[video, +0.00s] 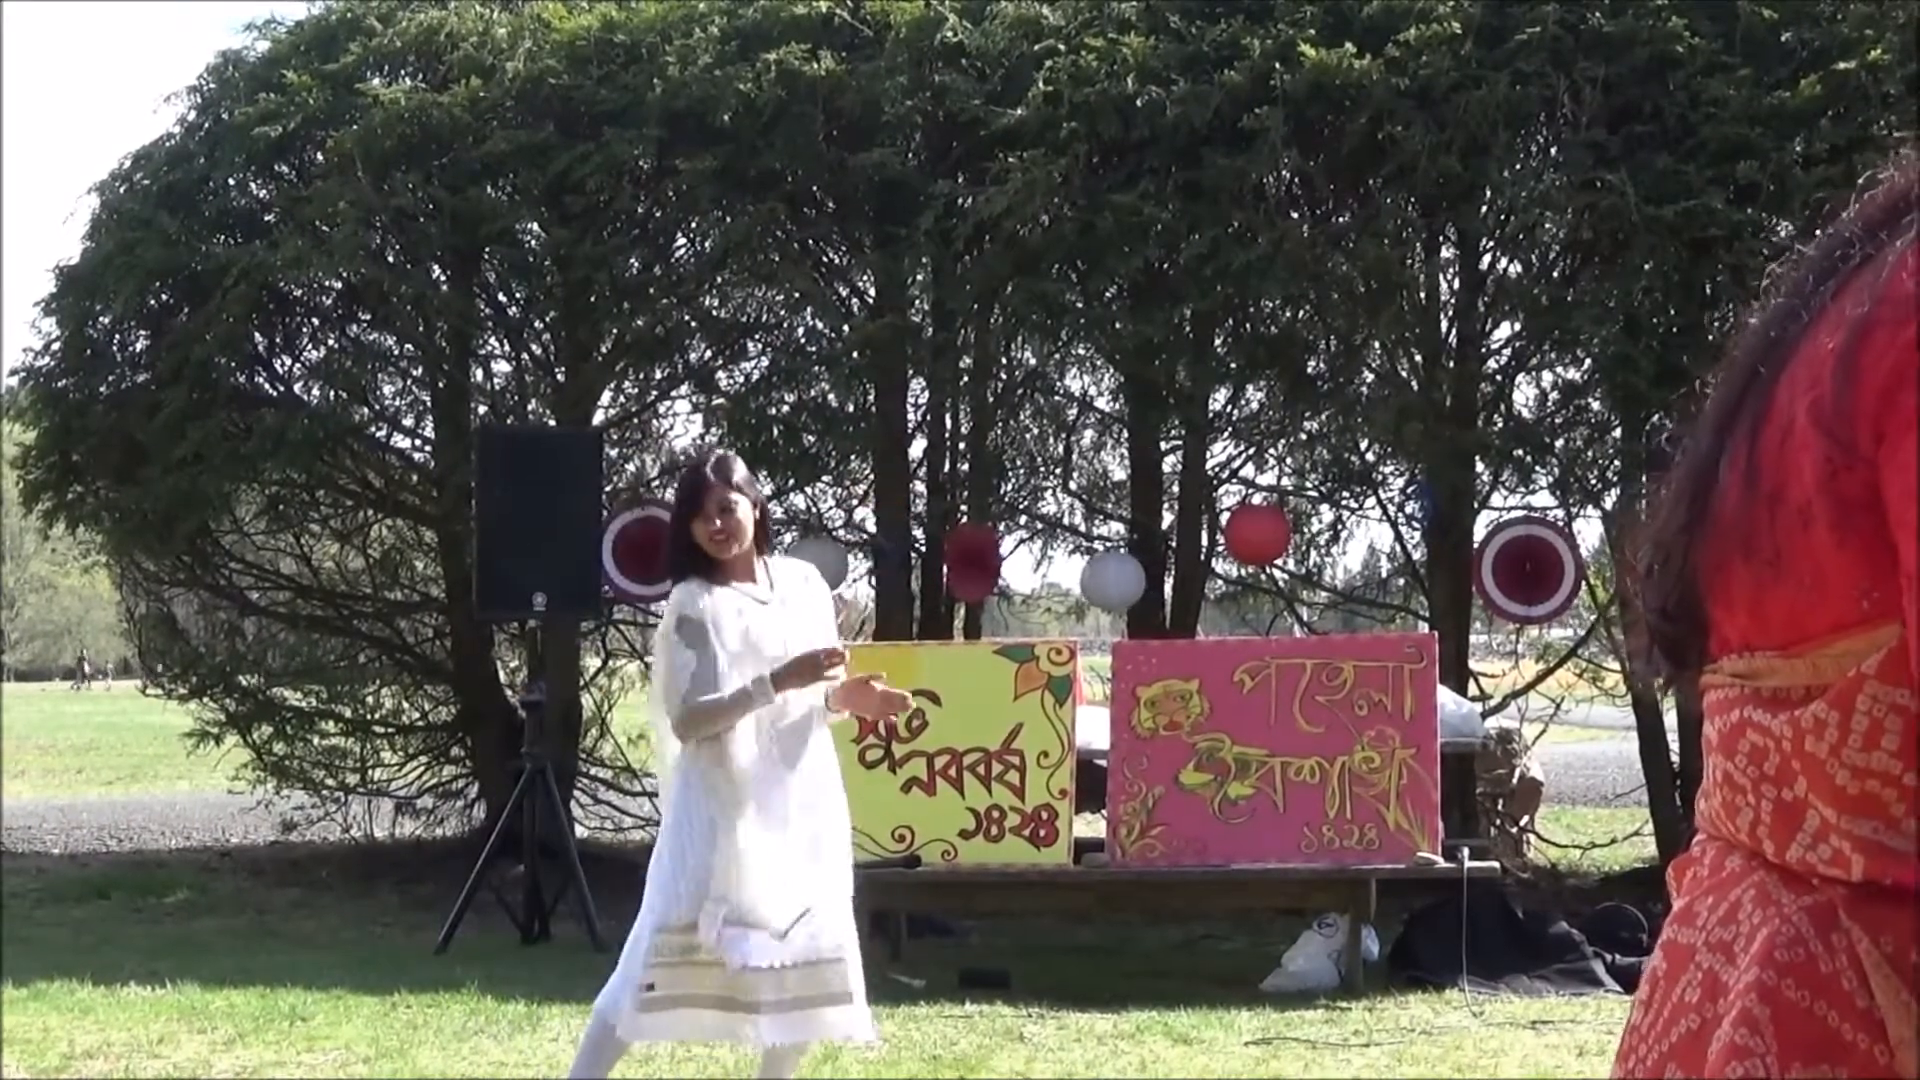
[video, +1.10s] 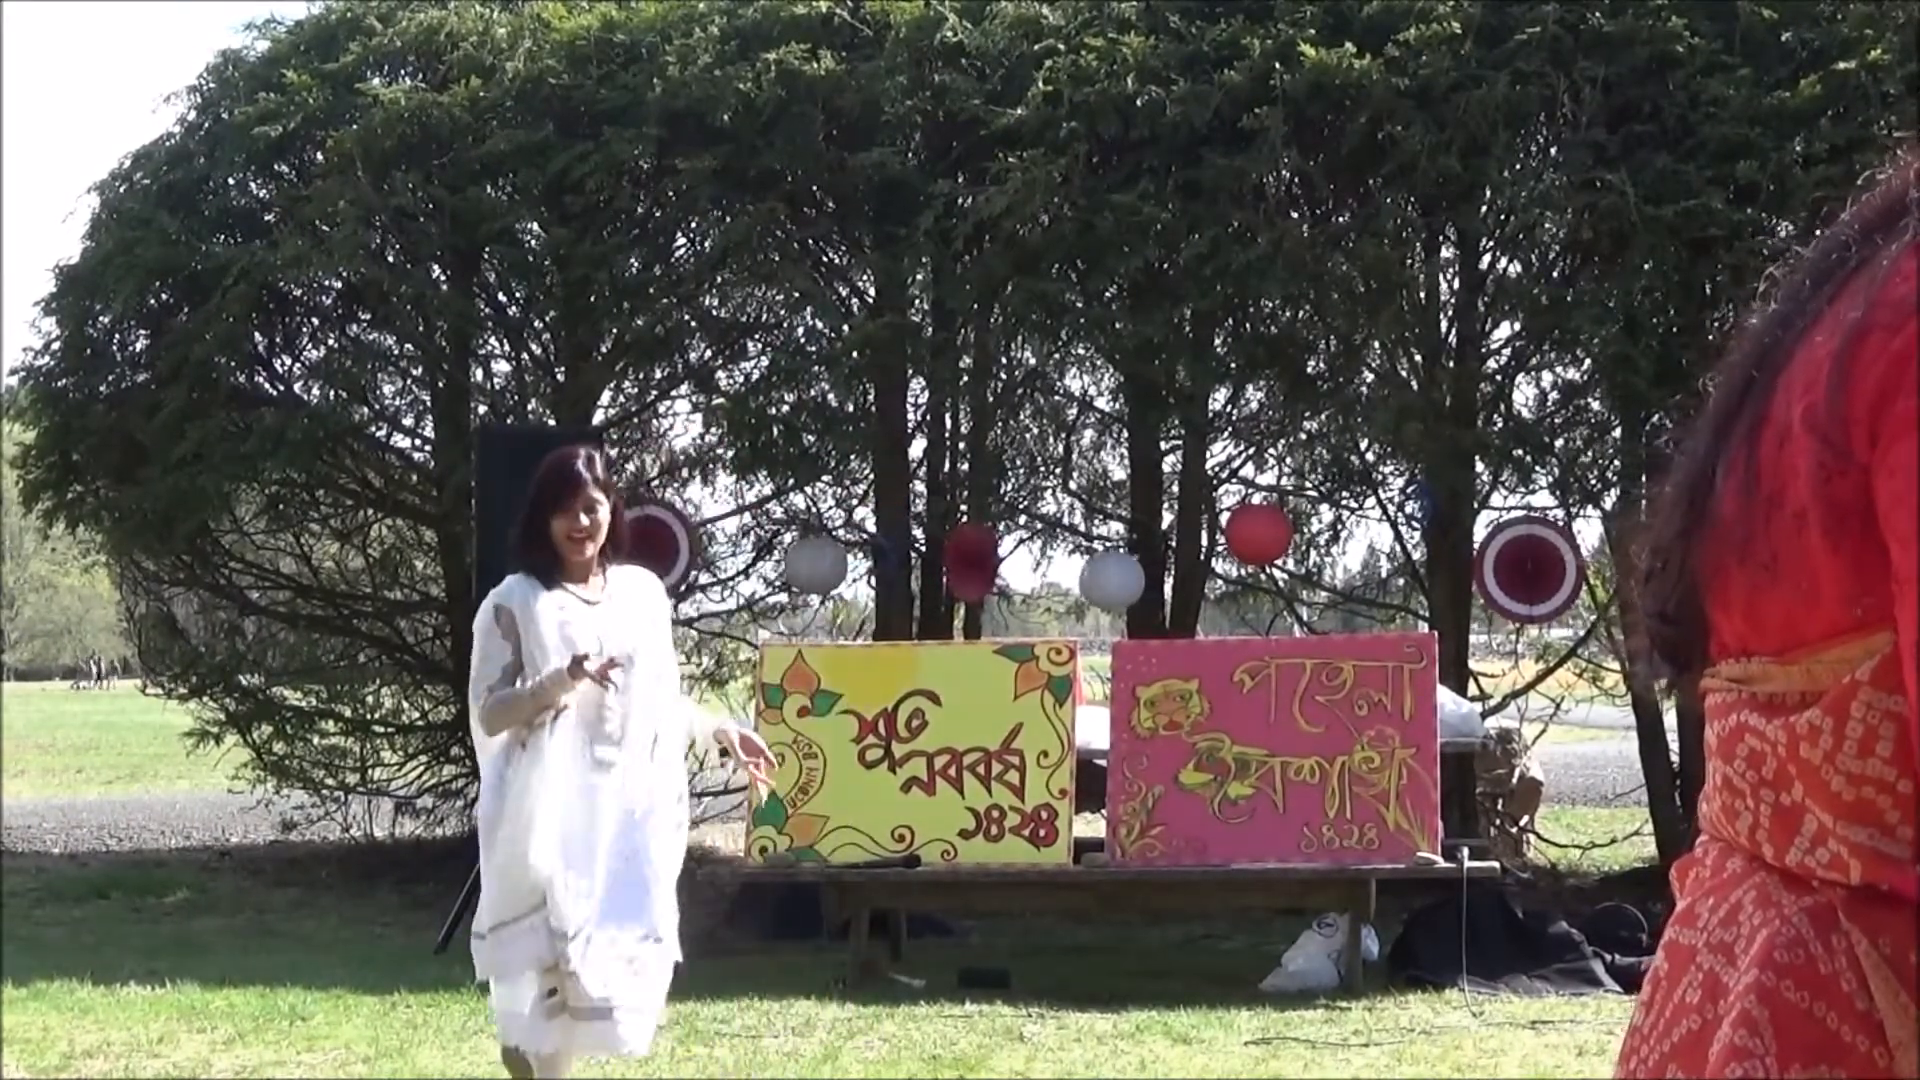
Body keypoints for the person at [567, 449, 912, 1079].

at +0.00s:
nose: (719, 522)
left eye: (730, 505)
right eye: (703, 513)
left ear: (757, 507)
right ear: (689, 526)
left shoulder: (803, 580)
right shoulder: (691, 604)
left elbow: (808, 704)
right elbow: (687, 722)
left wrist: (845, 697)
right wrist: (779, 681)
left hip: (802, 817)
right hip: (715, 820)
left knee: (810, 983)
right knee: (647, 972)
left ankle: (774, 1073)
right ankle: (582, 1074)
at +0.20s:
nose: (710, 515)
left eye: (722, 499)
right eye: (695, 505)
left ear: (751, 498)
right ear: (681, 515)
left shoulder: (806, 576)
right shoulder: (673, 594)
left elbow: (842, 660)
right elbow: (632, 702)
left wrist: (838, 695)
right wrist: (684, 712)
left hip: (791, 806)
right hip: (698, 809)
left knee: (794, 974)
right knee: (643, 962)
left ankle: (769, 1075)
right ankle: (579, 1073)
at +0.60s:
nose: (675, 493)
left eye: (687, 479)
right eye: (660, 481)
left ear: (709, 486)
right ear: (639, 492)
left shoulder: (754, 567)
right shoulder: (605, 579)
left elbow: (833, 640)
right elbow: (536, 668)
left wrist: (830, 711)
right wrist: (580, 688)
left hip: (733, 796)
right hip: (629, 799)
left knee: (747, 962)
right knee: (597, 965)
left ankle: (754, 1075)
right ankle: (564, 1073)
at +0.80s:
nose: (640, 503)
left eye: (651, 488)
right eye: (625, 490)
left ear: (667, 495)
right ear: (599, 498)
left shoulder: (702, 579)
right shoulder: (552, 588)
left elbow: (725, 684)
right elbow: (525, 701)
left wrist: (771, 745)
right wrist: (554, 691)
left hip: (686, 808)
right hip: (579, 811)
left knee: (716, 974)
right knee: (565, 978)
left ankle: (746, 1075)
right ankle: (555, 1076)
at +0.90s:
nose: (618, 510)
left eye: (629, 496)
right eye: (603, 497)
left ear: (645, 502)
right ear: (576, 503)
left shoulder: (675, 583)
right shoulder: (533, 590)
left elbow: (695, 705)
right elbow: (504, 705)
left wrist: (744, 741)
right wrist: (554, 681)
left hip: (664, 813)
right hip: (562, 815)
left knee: (697, 976)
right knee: (559, 984)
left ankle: (704, 1073)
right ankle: (553, 1075)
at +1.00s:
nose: (597, 516)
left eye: (609, 501)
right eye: (582, 503)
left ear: (626, 506)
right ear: (557, 510)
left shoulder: (655, 586)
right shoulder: (521, 595)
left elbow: (672, 708)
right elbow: (493, 709)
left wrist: (727, 736)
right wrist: (560, 669)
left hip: (642, 813)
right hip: (550, 815)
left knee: (653, 961)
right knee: (551, 976)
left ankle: (611, 1069)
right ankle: (555, 1070)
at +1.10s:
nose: (582, 521)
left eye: (594, 506)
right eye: (567, 508)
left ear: (611, 512)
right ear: (544, 517)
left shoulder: (643, 591)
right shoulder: (511, 602)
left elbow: (660, 709)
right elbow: (489, 718)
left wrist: (722, 731)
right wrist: (564, 680)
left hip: (623, 827)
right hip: (534, 828)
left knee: (593, 993)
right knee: (526, 999)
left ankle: (544, 1065)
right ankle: (528, 1067)